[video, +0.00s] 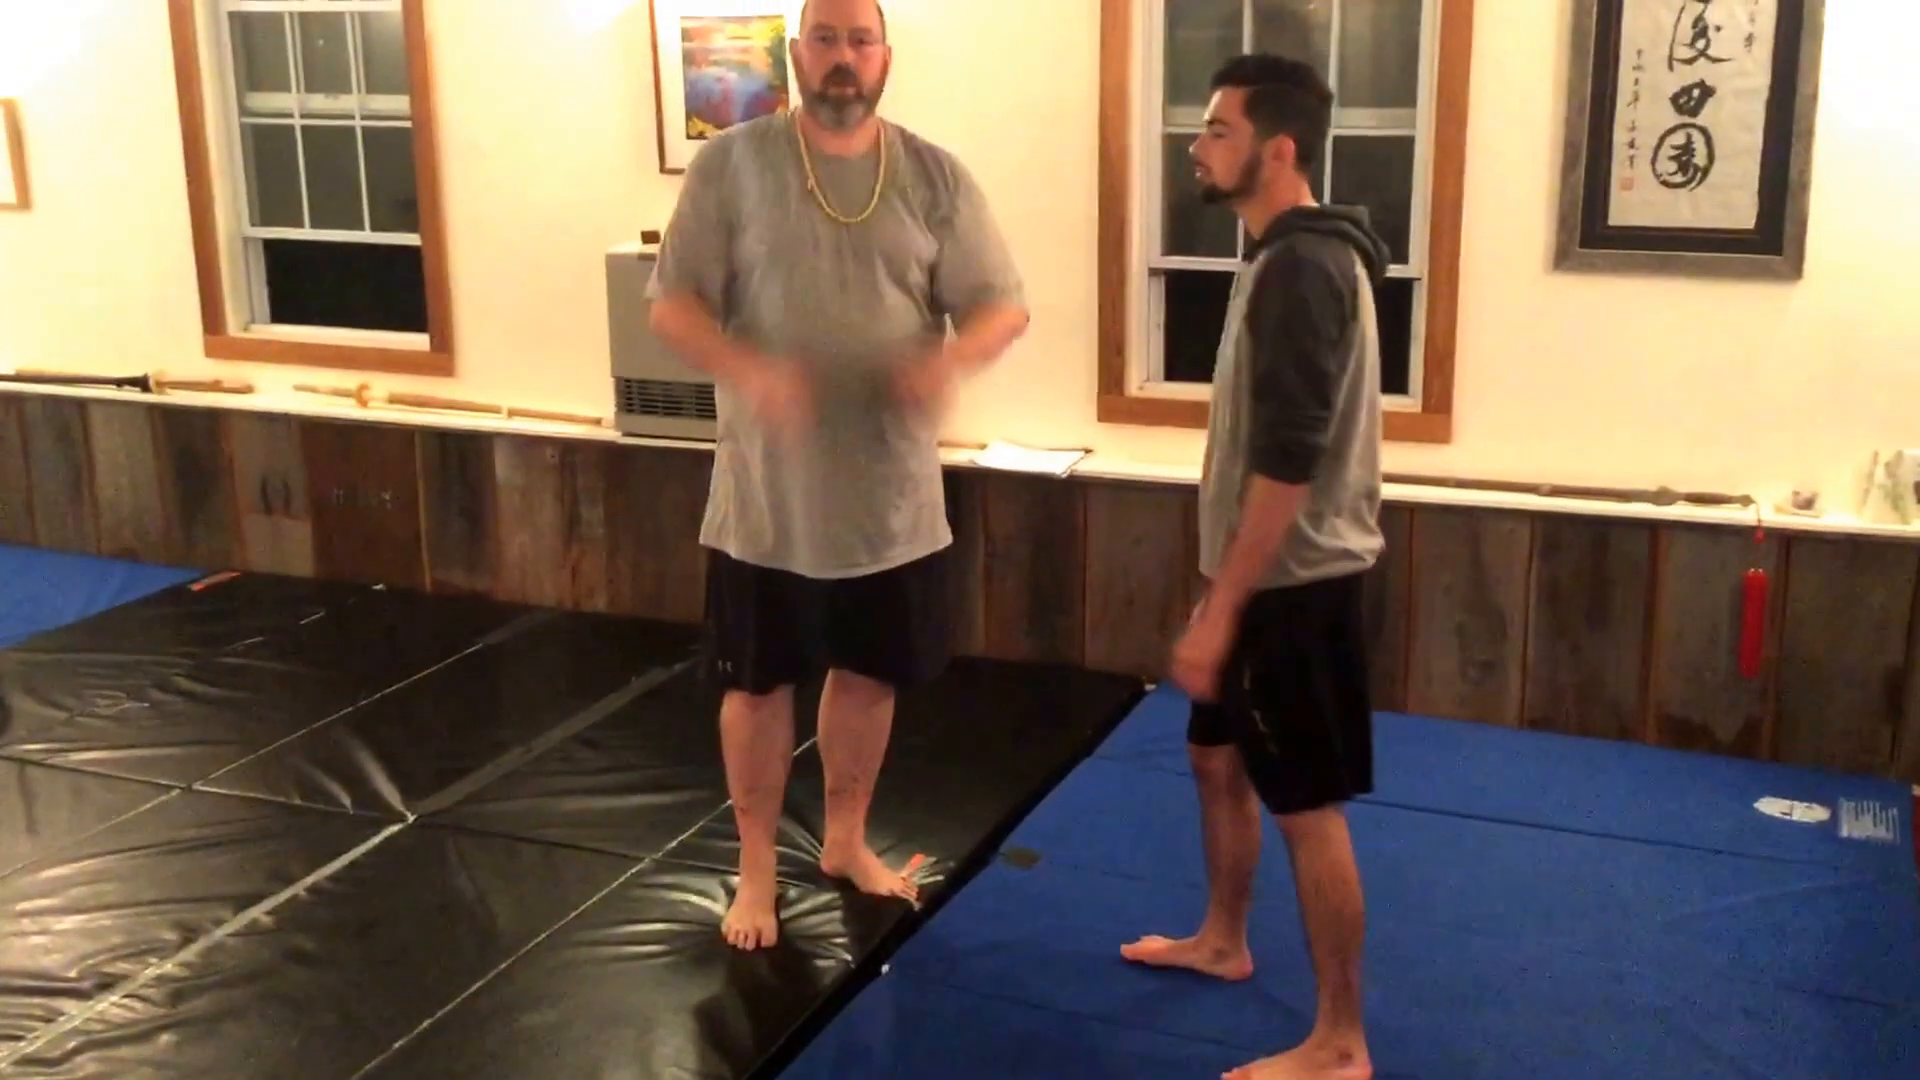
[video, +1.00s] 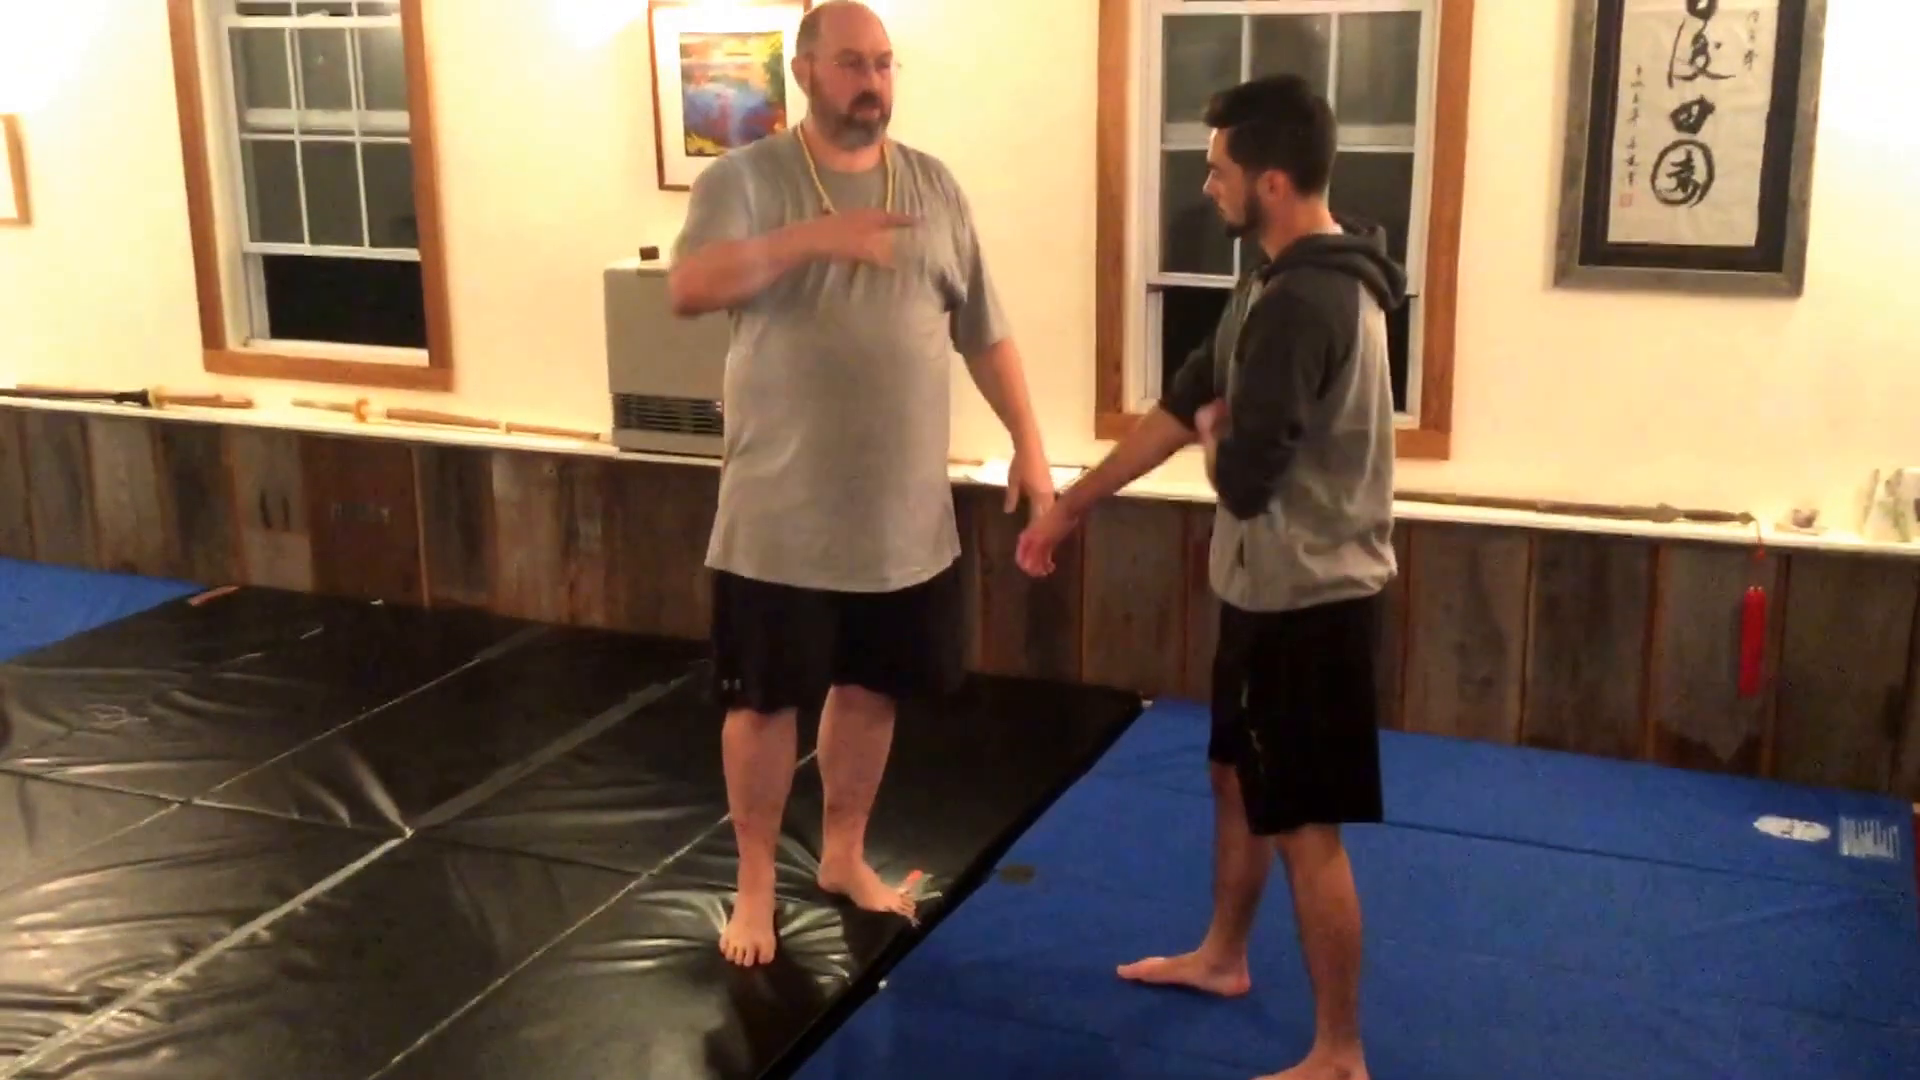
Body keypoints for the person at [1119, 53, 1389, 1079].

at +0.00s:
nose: (1199, 144)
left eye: (1219, 130)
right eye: (1205, 127)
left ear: (1276, 147)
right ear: (1273, 149)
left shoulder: (1304, 262)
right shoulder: (1288, 249)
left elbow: (1290, 466)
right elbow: (1279, 446)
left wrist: (1220, 607)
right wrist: (1227, 571)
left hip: (1298, 579)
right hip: (1257, 569)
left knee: (1306, 809)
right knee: (1217, 753)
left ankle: (1339, 1040)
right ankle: (1223, 938)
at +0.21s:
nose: (1196, 163)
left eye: (1210, 148)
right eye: (1199, 146)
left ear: (1266, 159)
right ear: (1268, 160)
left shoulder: (1311, 277)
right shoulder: (1280, 266)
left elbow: (1326, 477)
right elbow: (1264, 463)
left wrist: (1299, 646)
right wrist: (1222, 583)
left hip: (1310, 597)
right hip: (1257, 588)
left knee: (1314, 824)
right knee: (1226, 764)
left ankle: (1338, 1043)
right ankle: (1223, 943)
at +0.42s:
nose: (1196, 171)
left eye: (1207, 154)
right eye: (1198, 153)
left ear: (1258, 163)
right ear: (1274, 163)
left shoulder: (1304, 286)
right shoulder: (1297, 269)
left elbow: (1322, 485)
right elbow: (1276, 466)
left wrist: (1306, 657)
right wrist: (1232, 581)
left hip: (1309, 603)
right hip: (1269, 593)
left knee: (1314, 832)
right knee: (1238, 770)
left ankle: (1338, 1046)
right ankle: (1222, 948)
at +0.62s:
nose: (1201, 179)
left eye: (1212, 162)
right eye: (1203, 160)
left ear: (1260, 168)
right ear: (1284, 167)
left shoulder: (1299, 294)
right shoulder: (1315, 273)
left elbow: (1296, 493)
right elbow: (1280, 458)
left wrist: (1214, 580)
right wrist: (1198, 521)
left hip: (1308, 593)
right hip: (1277, 580)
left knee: (1309, 828)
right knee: (1239, 766)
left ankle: (1338, 1048)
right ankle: (1222, 952)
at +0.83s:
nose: (1209, 188)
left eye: (1217, 168)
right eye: (1209, 167)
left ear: (1265, 174)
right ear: (1296, 171)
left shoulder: (1297, 298)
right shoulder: (1342, 275)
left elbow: (1245, 490)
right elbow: (1209, 423)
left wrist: (1207, 444)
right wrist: (1101, 498)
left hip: (1303, 599)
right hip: (1285, 587)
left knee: (1309, 837)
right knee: (1242, 771)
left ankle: (1339, 1049)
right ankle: (1222, 954)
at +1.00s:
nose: (1208, 186)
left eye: (1217, 168)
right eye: (1209, 167)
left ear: (1270, 177)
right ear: (1291, 174)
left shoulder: (1309, 293)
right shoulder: (1282, 276)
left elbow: (1246, 484)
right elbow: (1177, 408)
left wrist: (1217, 423)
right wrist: (1070, 505)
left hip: (1310, 597)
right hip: (1260, 587)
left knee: (1309, 831)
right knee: (1237, 771)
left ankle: (1339, 1050)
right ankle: (1223, 956)